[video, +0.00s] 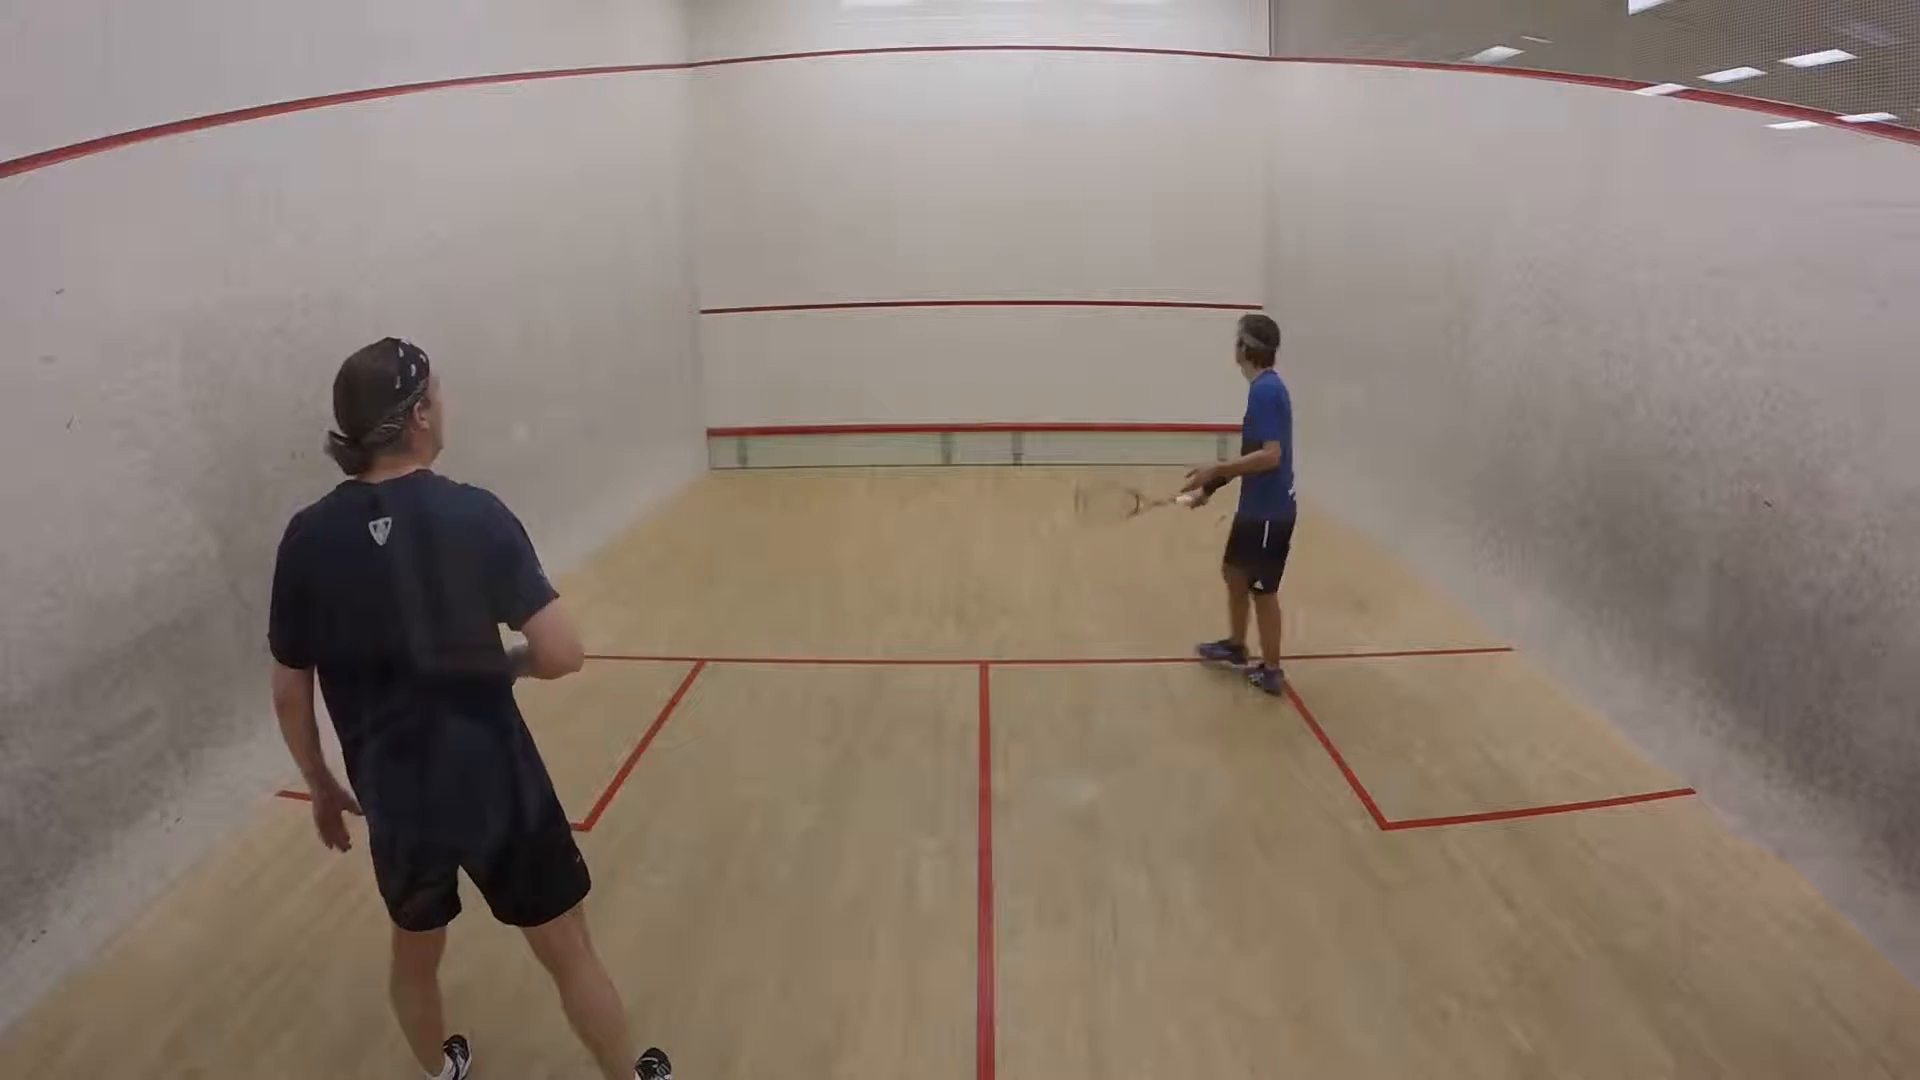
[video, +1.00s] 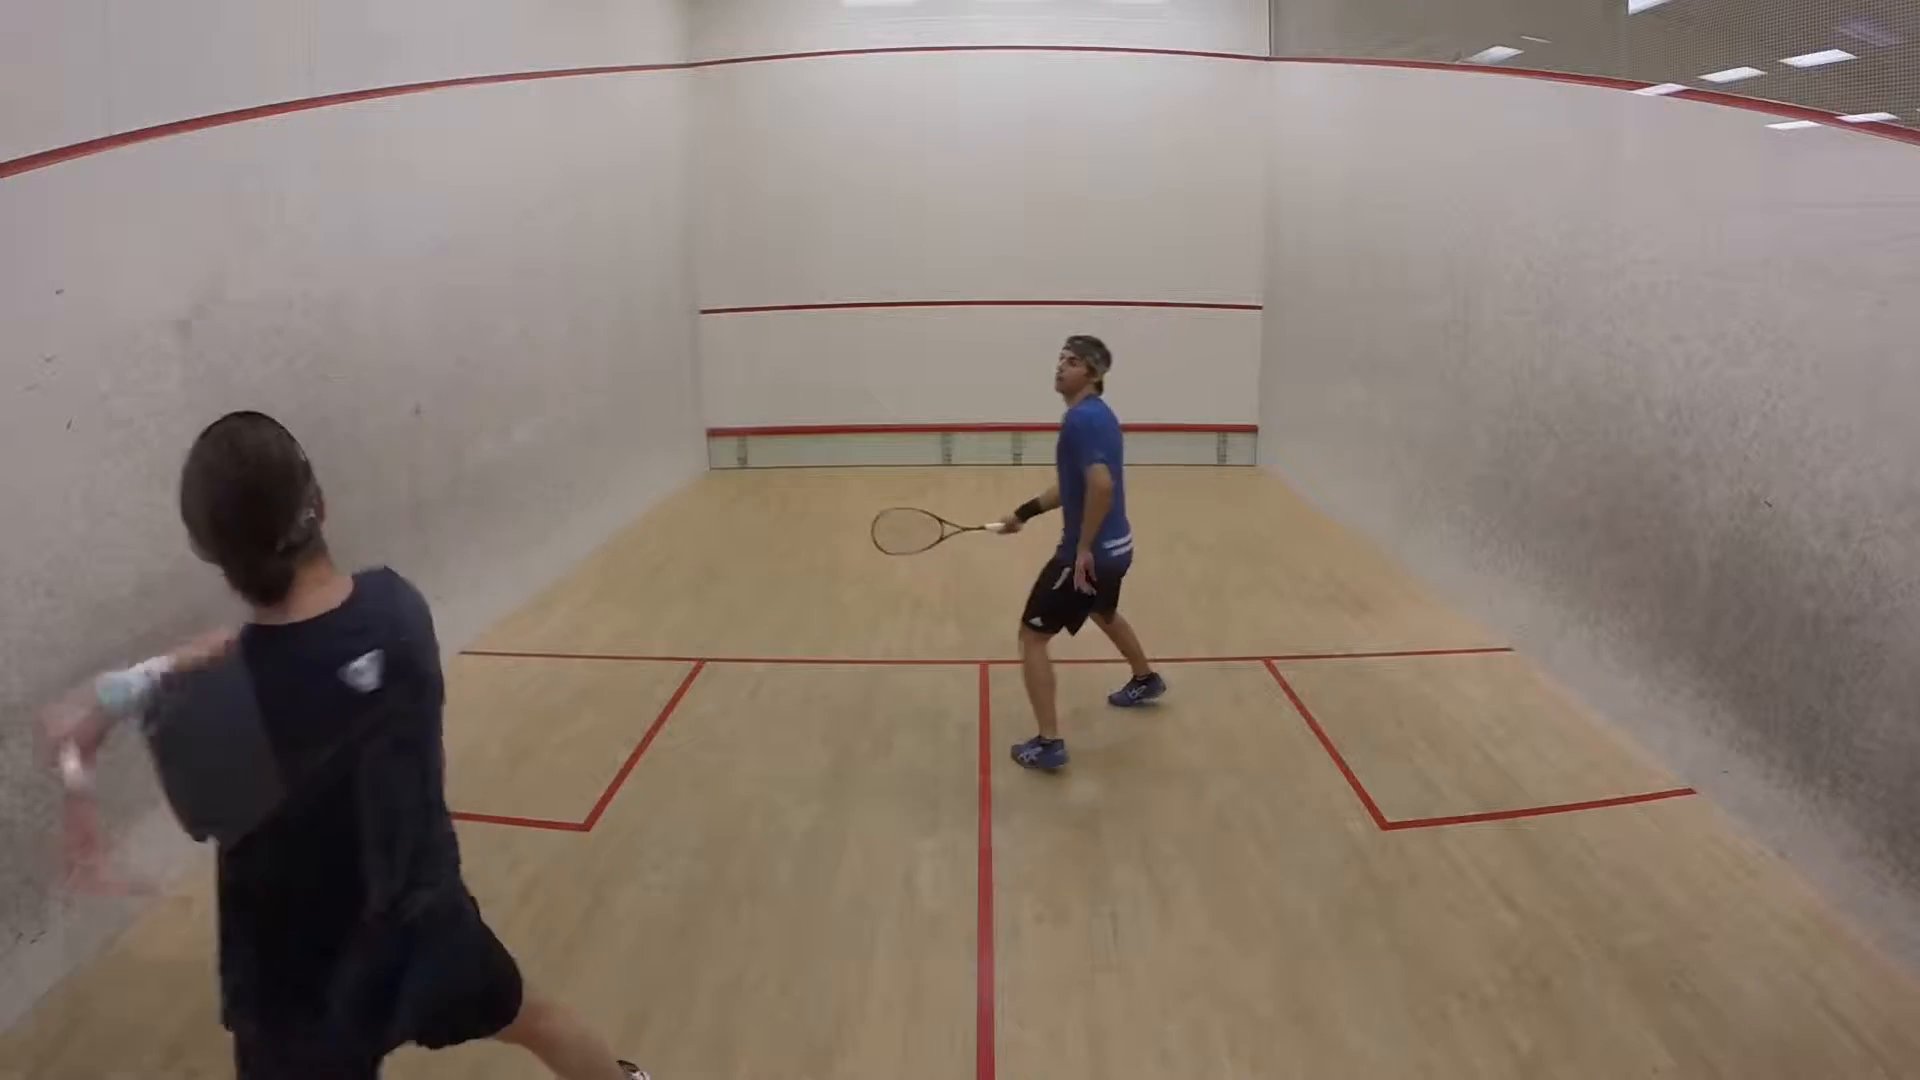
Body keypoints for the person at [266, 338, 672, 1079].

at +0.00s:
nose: (443, 408)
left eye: (436, 395)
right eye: (437, 398)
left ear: (351, 427)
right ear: (419, 419)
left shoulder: (308, 537)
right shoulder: (473, 513)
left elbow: (290, 691)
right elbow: (562, 654)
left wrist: (322, 785)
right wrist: (506, 659)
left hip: (393, 791)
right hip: (496, 776)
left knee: (415, 950)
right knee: (568, 951)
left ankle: (438, 1068)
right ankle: (630, 1072)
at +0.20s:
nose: (437, 422)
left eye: (430, 408)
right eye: (430, 411)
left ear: (344, 444)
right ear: (416, 433)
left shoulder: (305, 554)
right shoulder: (484, 520)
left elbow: (282, 715)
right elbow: (578, 640)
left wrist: (297, 819)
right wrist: (500, 653)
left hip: (393, 807)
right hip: (500, 787)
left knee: (412, 951)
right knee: (577, 938)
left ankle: (437, 1067)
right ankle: (644, 1069)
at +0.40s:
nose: (446, 429)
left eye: (438, 417)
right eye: (440, 421)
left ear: (356, 463)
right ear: (436, 444)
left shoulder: (333, 582)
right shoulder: (506, 529)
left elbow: (298, 748)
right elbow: (549, 639)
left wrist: (281, 863)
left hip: (417, 838)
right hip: (529, 807)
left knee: (410, 978)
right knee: (583, 945)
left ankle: (427, 1072)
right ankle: (641, 1069)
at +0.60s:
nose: (445, 434)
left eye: (436, 421)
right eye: (439, 427)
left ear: (347, 487)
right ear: (437, 453)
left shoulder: (353, 621)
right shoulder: (487, 528)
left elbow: (260, 730)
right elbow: (411, 591)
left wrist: (199, 771)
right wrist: (315, 593)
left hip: (421, 863)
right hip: (520, 830)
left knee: (364, 1017)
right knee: (564, 953)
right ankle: (637, 1069)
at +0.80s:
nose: (386, 463)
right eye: (382, 458)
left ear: (280, 518)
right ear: (380, 483)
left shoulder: (333, 660)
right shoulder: (422, 557)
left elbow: (213, 717)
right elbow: (301, 595)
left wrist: (185, 648)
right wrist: (229, 611)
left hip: (377, 903)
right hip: (466, 856)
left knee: (339, 1061)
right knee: (533, 983)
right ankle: (634, 1072)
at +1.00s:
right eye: (314, 484)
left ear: (208, 551)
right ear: (317, 505)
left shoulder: (220, 695)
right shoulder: (398, 605)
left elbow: (204, 822)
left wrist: (177, 709)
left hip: (299, 960)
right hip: (420, 919)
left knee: (284, 1064)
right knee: (533, 1020)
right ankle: (618, 1072)